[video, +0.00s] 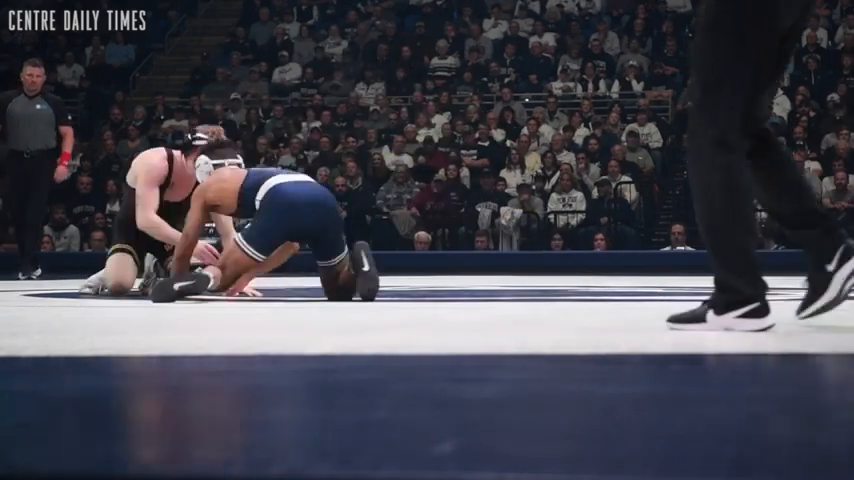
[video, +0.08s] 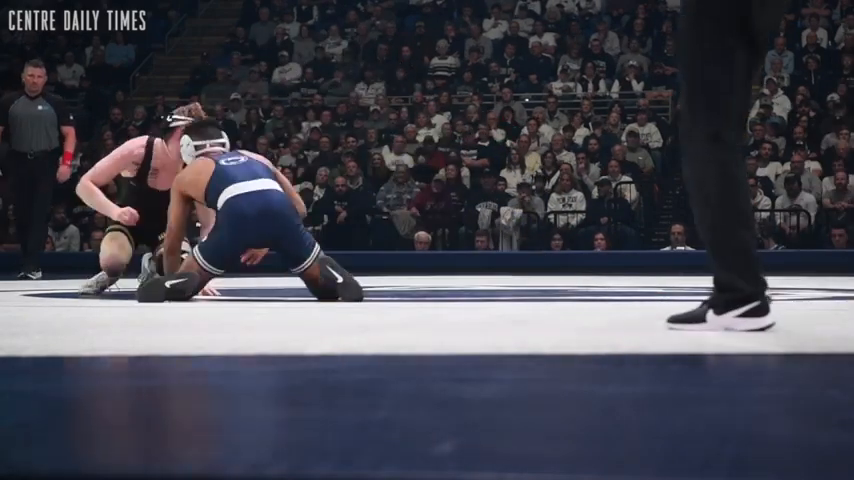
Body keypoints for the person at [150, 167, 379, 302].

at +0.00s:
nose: (198, 182)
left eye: (199, 177)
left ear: (205, 173)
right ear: (233, 167)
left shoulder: (205, 189)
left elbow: (185, 247)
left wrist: (178, 283)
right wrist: (243, 277)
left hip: (283, 200)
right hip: (324, 200)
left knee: (222, 274)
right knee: (337, 292)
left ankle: (190, 284)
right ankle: (358, 270)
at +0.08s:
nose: (181, 158)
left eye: (182, 152)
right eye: (181, 152)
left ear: (189, 151)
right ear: (223, 145)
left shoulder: (185, 177)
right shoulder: (255, 159)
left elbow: (174, 239)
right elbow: (298, 207)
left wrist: (170, 281)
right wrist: (265, 242)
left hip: (237, 220)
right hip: (283, 214)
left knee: (189, 277)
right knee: (322, 288)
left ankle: (176, 286)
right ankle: (337, 282)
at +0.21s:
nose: (154, 138)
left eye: (155, 131)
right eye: (154, 132)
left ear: (162, 133)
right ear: (198, 124)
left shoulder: (157, 168)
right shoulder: (230, 138)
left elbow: (156, 237)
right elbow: (278, 175)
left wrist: (175, 281)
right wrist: (259, 205)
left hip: (206, 214)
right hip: (250, 208)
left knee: (163, 285)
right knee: (288, 282)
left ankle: (169, 283)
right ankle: (320, 272)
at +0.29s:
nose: (142, 130)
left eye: (143, 124)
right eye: (141, 125)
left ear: (150, 125)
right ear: (187, 114)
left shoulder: (145, 159)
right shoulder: (218, 128)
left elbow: (147, 230)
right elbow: (260, 162)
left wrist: (158, 276)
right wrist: (248, 193)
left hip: (194, 199)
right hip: (237, 191)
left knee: (171, 289)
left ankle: (157, 282)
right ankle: (299, 262)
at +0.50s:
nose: (143, 112)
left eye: (144, 107)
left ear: (150, 110)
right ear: (188, 101)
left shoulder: (144, 142)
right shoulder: (215, 117)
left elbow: (148, 215)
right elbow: (240, 164)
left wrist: (153, 265)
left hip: (179, 201)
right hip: (223, 192)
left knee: (161, 281)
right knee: (237, 198)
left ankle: (159, 278)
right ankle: (224, 269)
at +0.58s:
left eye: (157, 104)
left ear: (158, 106)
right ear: (195, 99)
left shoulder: (148, 139)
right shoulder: (219, 118)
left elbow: (149, 212)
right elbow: (239, 170)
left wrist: (152, 261)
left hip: (178, 197)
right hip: (221, 191)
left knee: (164, 287)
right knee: (221, 215)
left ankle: (157, 277)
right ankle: (210, 274)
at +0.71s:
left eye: (172, 104)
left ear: (170, 107)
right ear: (203, 100)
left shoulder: (156, 133)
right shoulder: (229, 119)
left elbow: (153, 195)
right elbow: (239, 172)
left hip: (174, 189)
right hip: (217, 186)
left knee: (165, 280)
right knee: (219, 213)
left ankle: (153, 278)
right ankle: (211, 273)